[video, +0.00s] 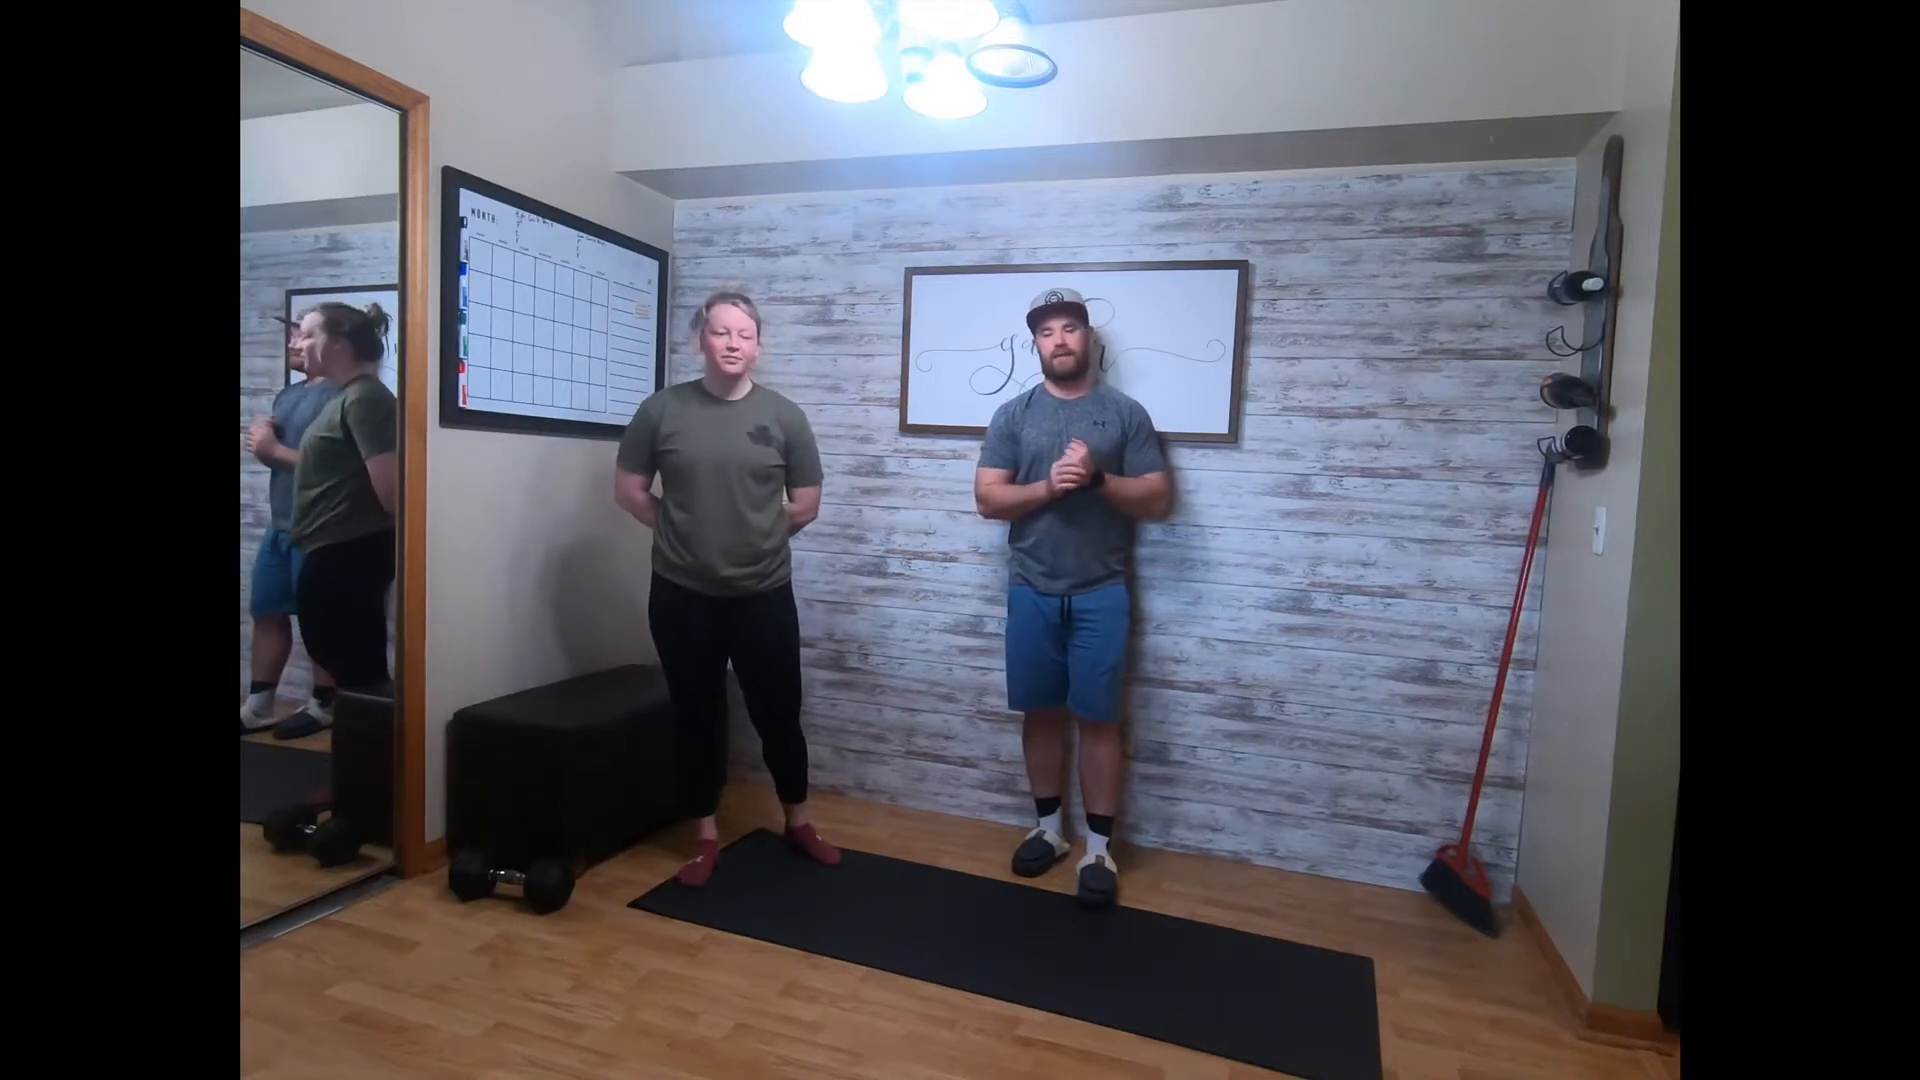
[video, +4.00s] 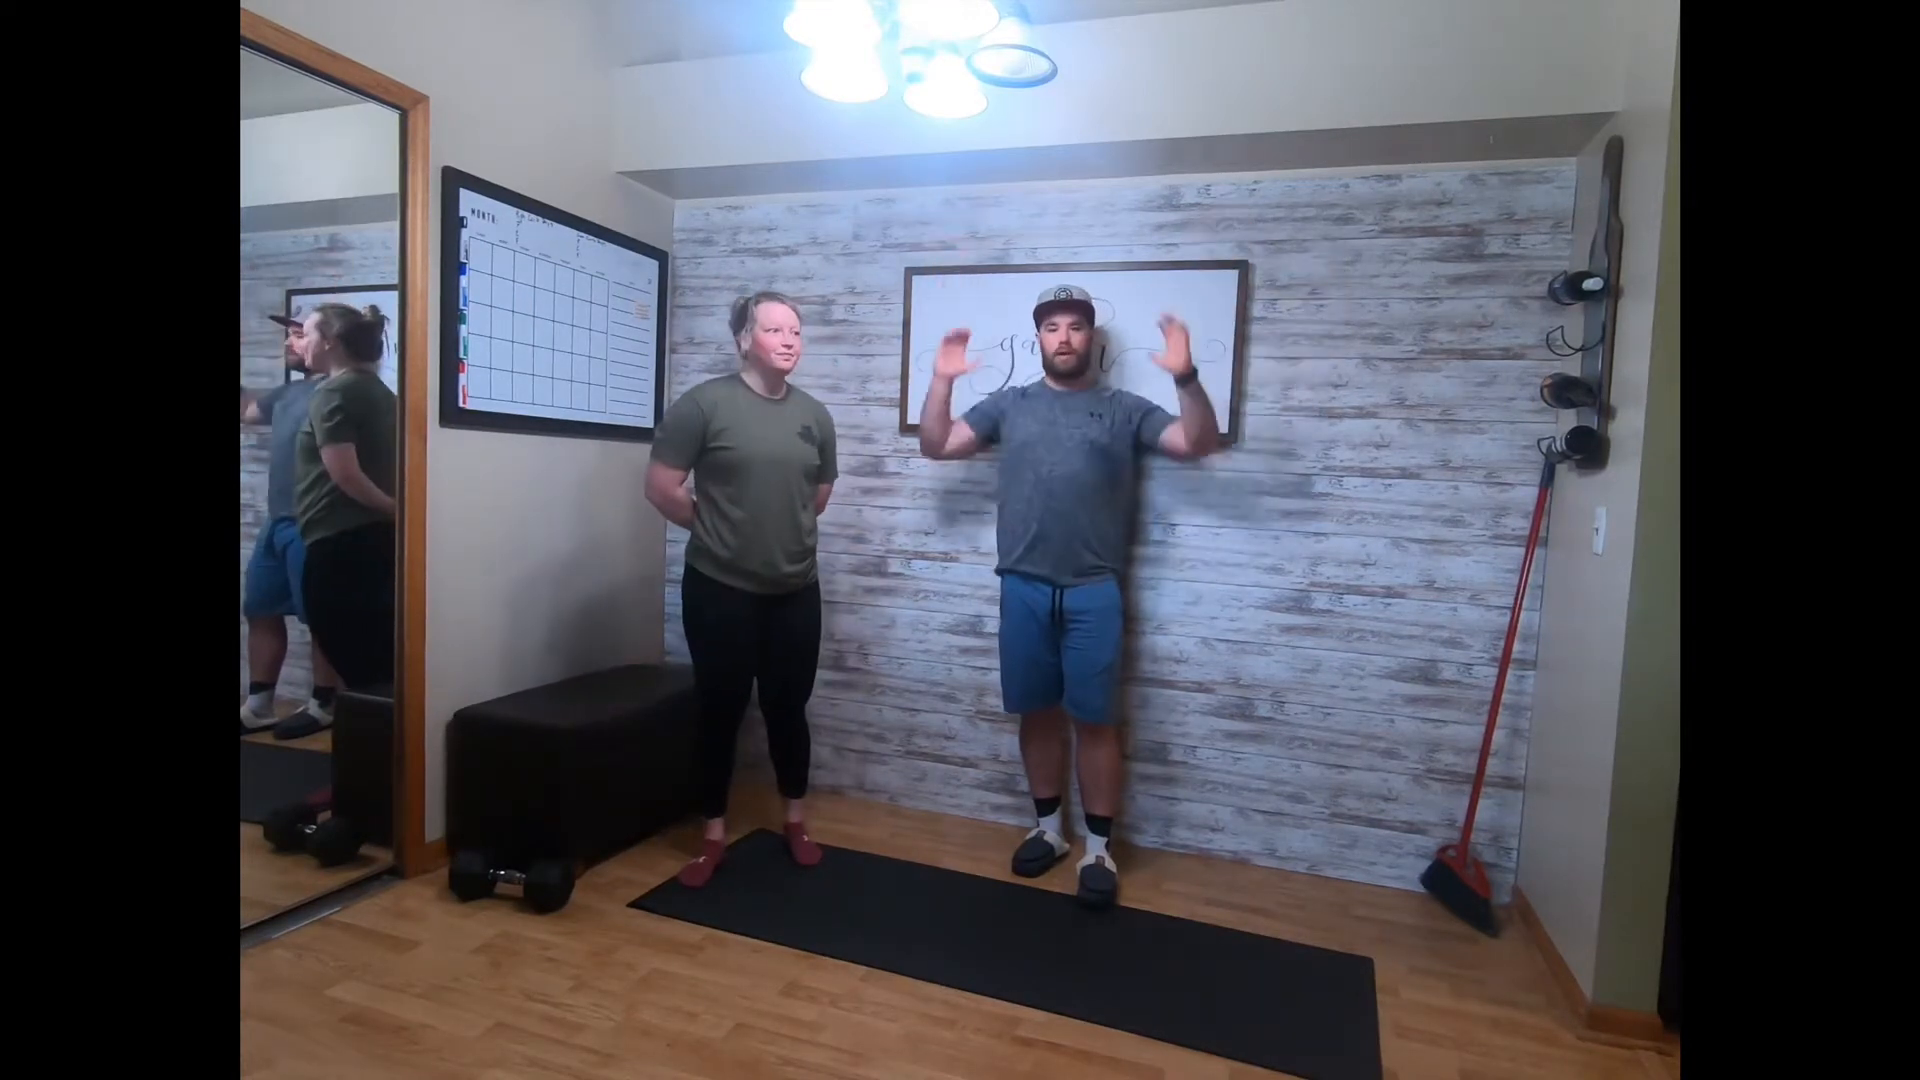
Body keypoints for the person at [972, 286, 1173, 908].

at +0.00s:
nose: (1060, 339)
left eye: (1070, 329)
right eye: (1048, 332)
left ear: (1089, 339)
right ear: (1035, 346)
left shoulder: (1124, 413)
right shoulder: (1013, 415)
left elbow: (1158, 500)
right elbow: (988, 498)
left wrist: (1100, 479)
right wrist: (1048, 487)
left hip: (1101, 584)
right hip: (1031, 584)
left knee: (1097, 714)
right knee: (1040, 709)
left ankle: (1098, 850)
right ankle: (1049, 830)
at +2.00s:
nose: (1064, 335)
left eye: (1075, 326)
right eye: (1052, 329)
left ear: (1094, 338)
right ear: (1039, 343)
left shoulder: (1127, 414)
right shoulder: (1015, 417)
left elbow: (1163, 499)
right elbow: (987, 497)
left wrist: (1104, 488)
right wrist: (1042, 503)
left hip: (1102, 585)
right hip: (1033, 585)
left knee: (1098, 716)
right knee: (1041, 711)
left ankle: (1098, 850)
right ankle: (1049, 831)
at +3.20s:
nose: (1070, 333)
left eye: (1082, 326)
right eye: (1059, 326)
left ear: (1099, 341)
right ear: (1044, 340)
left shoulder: (1127, 414)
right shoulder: (1017, 413)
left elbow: (1171, 498)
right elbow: (962, 482)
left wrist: (1173, 442)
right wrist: (972, 432)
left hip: (1095, 583)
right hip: (1026, 583)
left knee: (1094, 716)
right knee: (1038, 711)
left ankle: (1097, 851)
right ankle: (1048, 831)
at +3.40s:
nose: (1071, 335)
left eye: (1083, 327)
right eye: (1060, 326)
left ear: (1099, 341)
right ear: (1044, 339)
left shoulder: (1127, 408)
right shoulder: (1015, 405)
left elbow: (1199, 445)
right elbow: (939, 436)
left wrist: (1204, 374)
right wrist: (949, 369)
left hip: (1095, 584)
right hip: (1025, 583)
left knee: (1095, 717)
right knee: (1036, 712)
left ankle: (1097, 851)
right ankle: (1048, 831)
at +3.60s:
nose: (1072, 335)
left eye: (1083, 327)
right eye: (1061, 327)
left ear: (1100, 340)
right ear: (1045, 341)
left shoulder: (1126, 397)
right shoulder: (1016, 393)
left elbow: (1197, 354)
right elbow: (940, 358)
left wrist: (1218, 274)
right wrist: (937, 278)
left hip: (1093, 577)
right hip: (1024, 576)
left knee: (1094, 713)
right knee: (1034, 708)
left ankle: (1098, 849)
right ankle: (1048, 829)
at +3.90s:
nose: (1067, 337)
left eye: (1079, 328)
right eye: (1056, 328)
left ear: (1097, 339)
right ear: (1041, 340)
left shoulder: (1125, 402)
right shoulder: (1014, 398)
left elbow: (1202, 384)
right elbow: (932, 388)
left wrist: (1195, 303)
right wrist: (942, 311)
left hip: (1094, 579)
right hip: (1024, 576)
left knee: (1092, 715)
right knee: (1037, 708)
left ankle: (1098, 850)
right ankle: (1049, 833)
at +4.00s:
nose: (1064, 336)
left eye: (1076, 327)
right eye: (1053, 328)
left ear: (1093, 339)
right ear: (1038, 340)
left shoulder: (1122, 408)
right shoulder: (1012, 404)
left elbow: (1199, 440)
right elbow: (937, 443)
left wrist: (1185, 376)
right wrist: (942, 378)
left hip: (1094, 579)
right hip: (1024, 577)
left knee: (1093, 715)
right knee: (1036, 709)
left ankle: (1097, 851)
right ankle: (1048, 831)